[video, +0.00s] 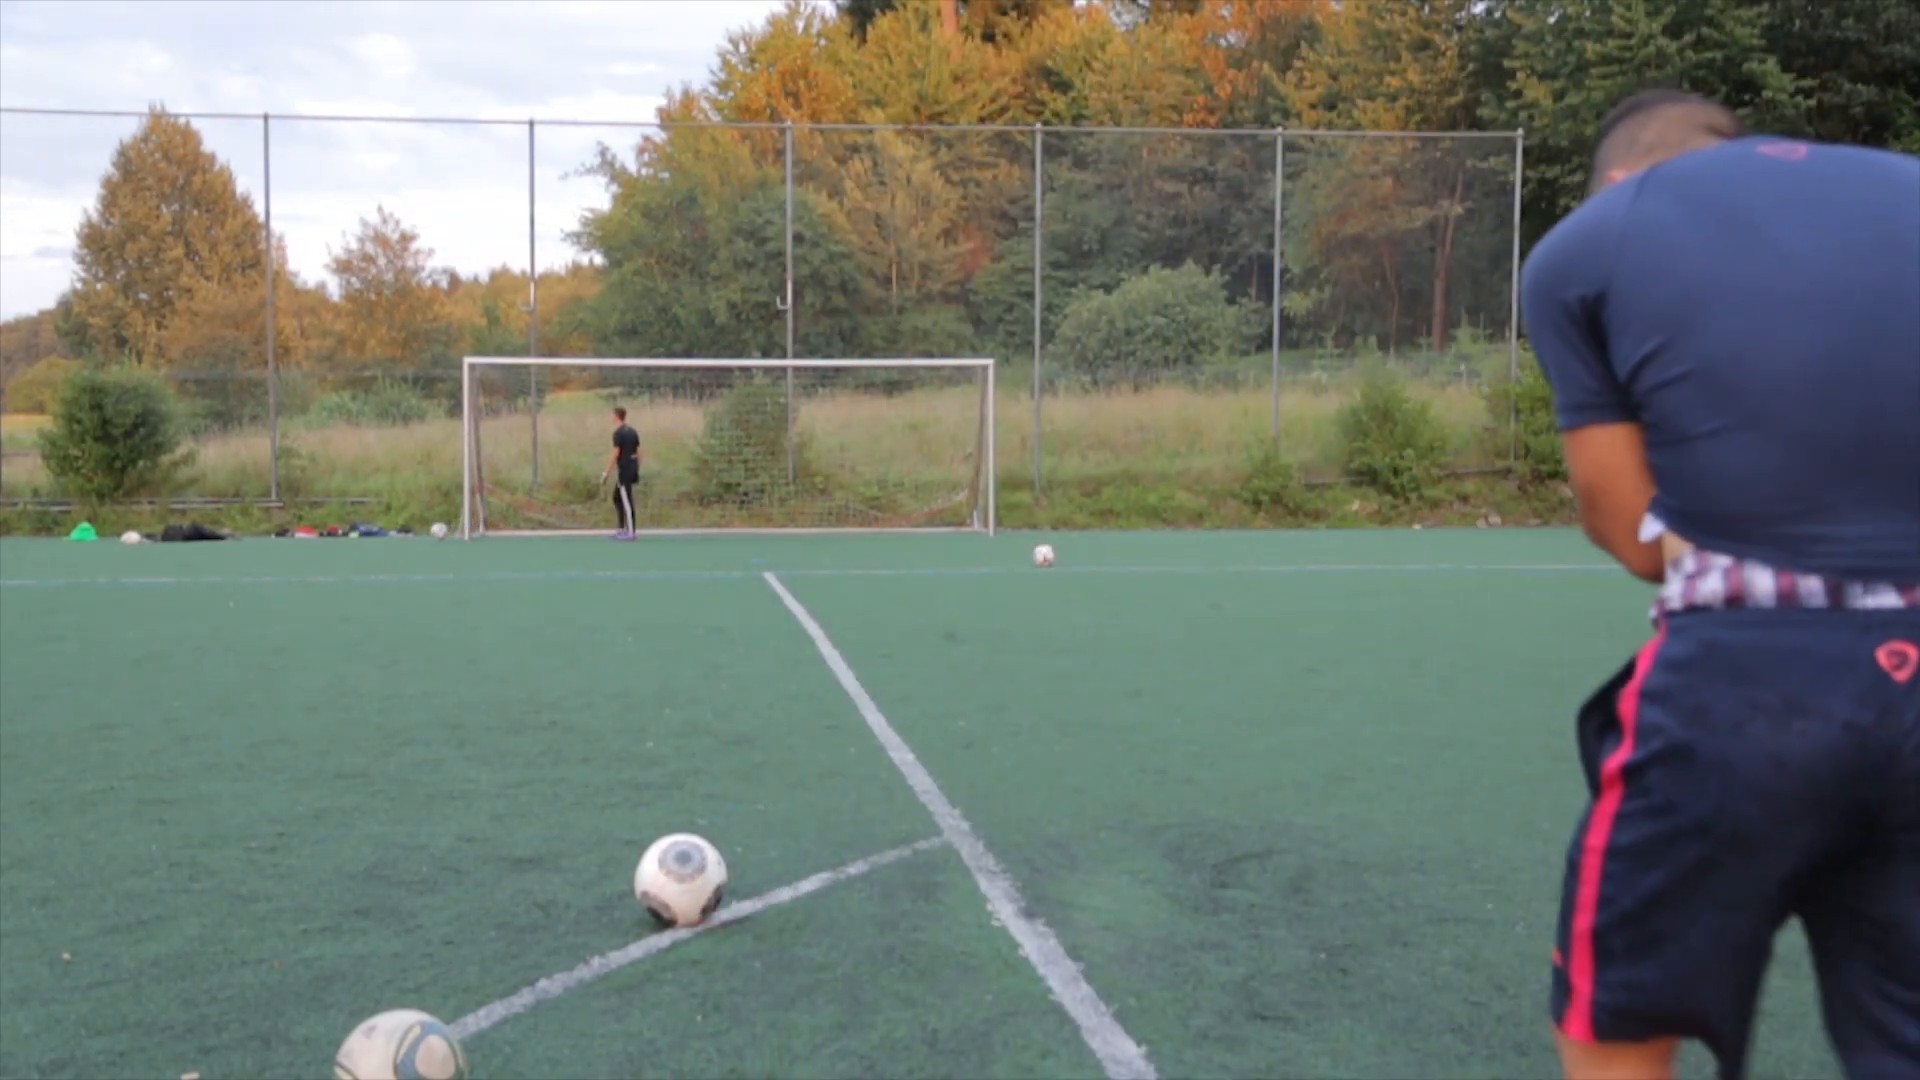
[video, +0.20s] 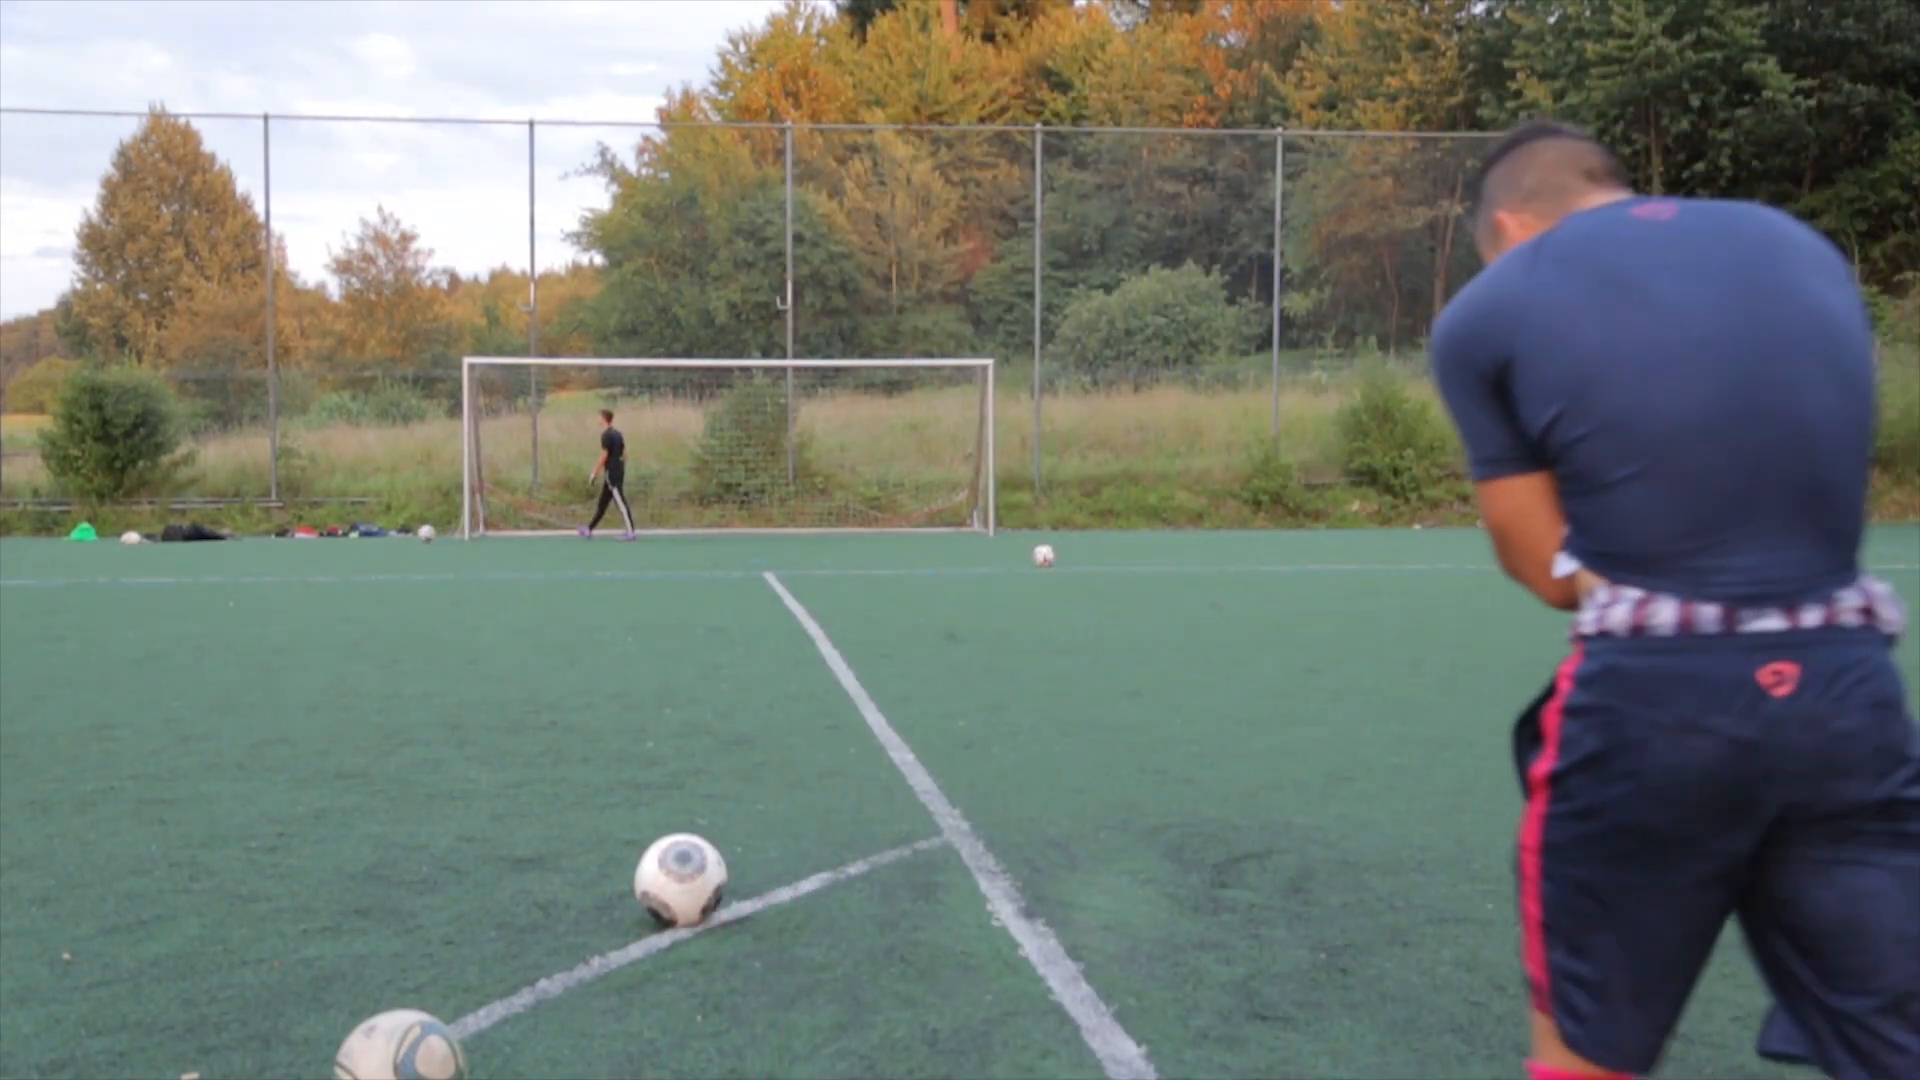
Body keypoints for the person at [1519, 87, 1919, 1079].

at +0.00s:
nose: (1602, 219)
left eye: (1597, 204)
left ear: (1614, 185)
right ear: (1741, 142)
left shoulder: (1581, 250)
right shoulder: (1900, 181)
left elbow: (1626, 525)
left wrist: (1756, 572)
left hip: (1738, 669)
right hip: (1915, 658)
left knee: (1619, 1037)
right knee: (1903, 1045)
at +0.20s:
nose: (1492, 277)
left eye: (1489, 254)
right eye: (1494, 255)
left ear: (1512, 230)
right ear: (1625, 190)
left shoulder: (1487, 314)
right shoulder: (1803, 247)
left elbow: (1543, 563)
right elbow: (1821, 481)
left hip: (1648, 706)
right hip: (1852, 697)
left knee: (1582, 1050)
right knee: (1893, 1045)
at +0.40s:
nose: (1422, 183)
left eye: (1419, 164)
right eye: (1419, 165)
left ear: (1438, 154)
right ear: (1547, 130)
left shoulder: (1403, 256)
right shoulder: (1689, 207)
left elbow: (1443, 486)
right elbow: (1695, 411)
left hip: (1548, 632)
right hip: (1714, 622)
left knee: (1555, 985)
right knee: (1709, 935)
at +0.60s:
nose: (1359, 224)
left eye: (1359, 195)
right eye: (1358, 199)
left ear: (1398, 166)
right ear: (1475, 161)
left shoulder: (1364, 271)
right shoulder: (1597, 242)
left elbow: (1370, 486)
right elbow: (1593, 425)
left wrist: (1498, 444)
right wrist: (1435, 477)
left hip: (1476, 628)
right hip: (1605, 623)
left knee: (1533, 957)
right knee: (1513, 927)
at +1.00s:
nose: (1240, 234)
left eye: (1242, 212)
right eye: (1234, 216)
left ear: (1289, 189)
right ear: (1322, 191)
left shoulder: (1295, 277)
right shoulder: (1414, 269)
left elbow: (1254, 461)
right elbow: (1368, 427)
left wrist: (1255, 304)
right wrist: (1270, 297)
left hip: (1335, 580)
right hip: (1439, 584)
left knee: (1231, 807)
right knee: (1421, 851)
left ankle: (1305, 1055)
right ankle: (1446, 1071)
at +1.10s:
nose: (1198, 261)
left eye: (1199, 240)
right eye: (1193, 243)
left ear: (1248, 217)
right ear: (1277, 219)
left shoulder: (1244, 304)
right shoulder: (1374, 292)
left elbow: (1213, 479)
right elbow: (1344, 441)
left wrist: (1210, 333)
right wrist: (1235, 321)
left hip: (1293, 599)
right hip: (1399, 596)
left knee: (1238, 820)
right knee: (1396, 847)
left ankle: (1215, 1030)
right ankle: (1437, 1070)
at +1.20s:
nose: (1153, 279)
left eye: (1154, 260)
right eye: (1148, 262)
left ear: (1195, 243)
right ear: (1243, 237)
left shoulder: (1182, 333)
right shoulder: (1333, 303)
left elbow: (1176, 496)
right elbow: (1324, 443)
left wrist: (1161, 364)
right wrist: (1200, 341)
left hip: (1253, 605)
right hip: (1361, 596)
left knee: (1219, 822)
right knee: (1355, 834)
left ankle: (1214, 1027)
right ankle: (1422, 1056)